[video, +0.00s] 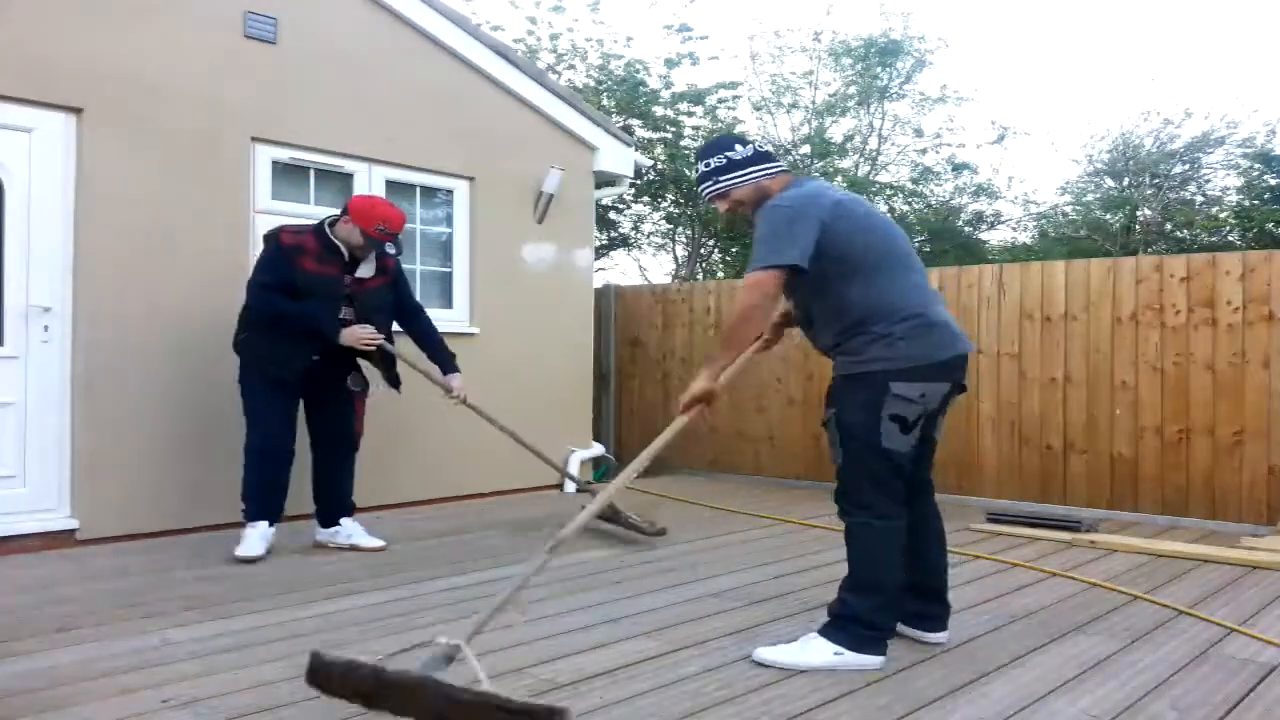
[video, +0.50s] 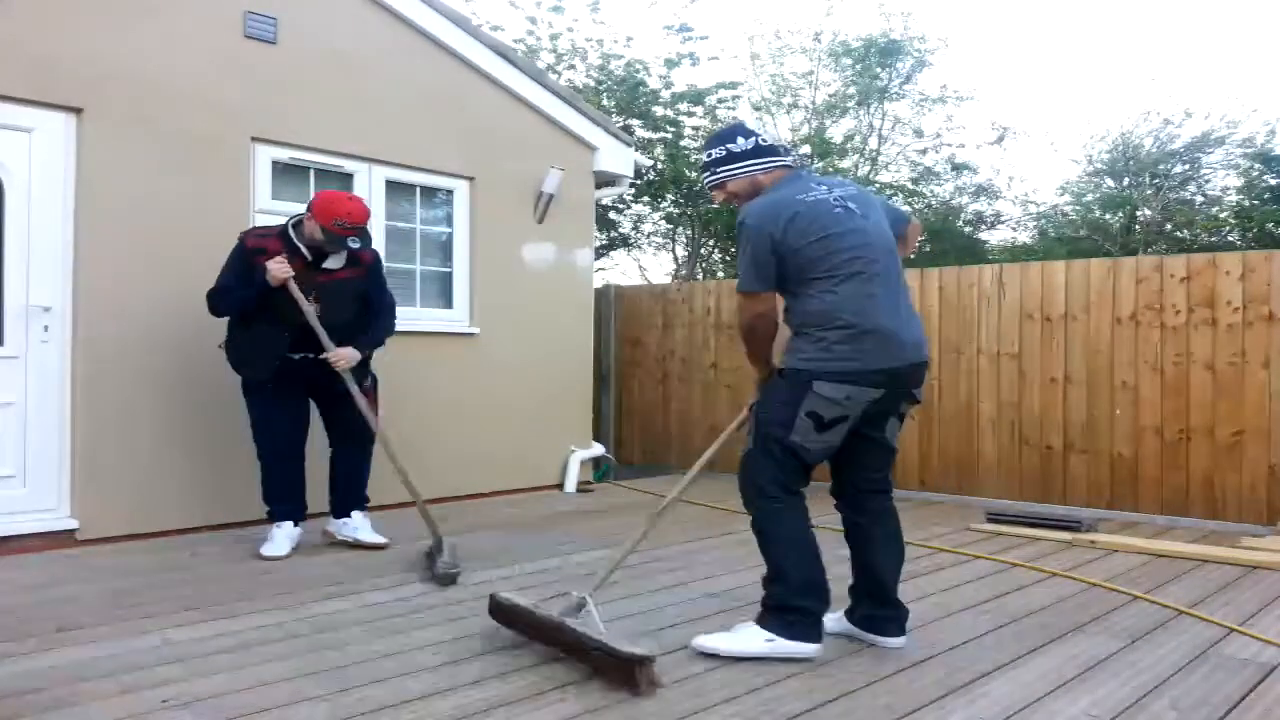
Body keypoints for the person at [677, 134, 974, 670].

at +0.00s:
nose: (723, 209)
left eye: (721, 195)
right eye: (717, 200)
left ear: (743, 177)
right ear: (764, 167)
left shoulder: (789, 206)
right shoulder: (824, 197)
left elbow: (759, 299)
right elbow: (843, 276)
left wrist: (713, 371)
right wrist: (787, 317)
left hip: (886, 361)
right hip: (932, 355)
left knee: (866, 496)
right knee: (910, 491)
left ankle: (857, 636)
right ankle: (924, 613)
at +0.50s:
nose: (722, 198)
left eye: (722, 185)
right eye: (717, 189)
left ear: (751, 169)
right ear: (774, 166)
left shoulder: (762, 216)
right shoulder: (847, 190)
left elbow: (758, 316)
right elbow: (907, 228)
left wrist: (763, 371)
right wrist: (862, 294)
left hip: (833, 361)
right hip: (902, 356)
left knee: (767, 476)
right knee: (864, 483)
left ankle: (791, 623)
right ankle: (878, 616)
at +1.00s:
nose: (613, 219)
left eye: (609, 207)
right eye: (606, 211)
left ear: (630, 189)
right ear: (651, 181)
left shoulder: (660, 224)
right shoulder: (723, 205)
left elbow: (635, 319)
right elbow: (758, 280)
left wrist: (607, 398)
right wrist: (705, 341)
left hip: (765, 360)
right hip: (832, 354)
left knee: (720, 488)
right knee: (825, 485)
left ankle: (704, 620)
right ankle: (861, 614)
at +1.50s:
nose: (617, 207)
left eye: (615, 195)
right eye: (612, 197)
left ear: (638, 182)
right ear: (663, 174)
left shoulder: (655, 222)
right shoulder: (744, 200)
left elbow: (648, 317)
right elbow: (800, 256)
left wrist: (664, 375)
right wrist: (764, 317)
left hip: (726, 360)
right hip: (794, 355)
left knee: (700, 486)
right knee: (765, 476)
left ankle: (704, 617)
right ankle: (769, 592)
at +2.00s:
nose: (595, 222)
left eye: (595, 209)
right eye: (591, 213)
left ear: (621, 196)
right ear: (642, 193)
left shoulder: (634, 235)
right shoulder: (717, 214)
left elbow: (619, 323)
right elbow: (765, 276)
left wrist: (620, 390)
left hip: (721, 360)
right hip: (787, 355)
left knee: (683, 477)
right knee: (767, 474)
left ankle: (676, 594)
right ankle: (768, 590)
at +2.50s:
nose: (586, 222)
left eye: (586, 210)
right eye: (582, 213)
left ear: (613, 199)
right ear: (630, 196)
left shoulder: (628, 236)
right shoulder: (697, 218)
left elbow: (588, 311)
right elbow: (695, 300)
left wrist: (554, 381)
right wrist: (635, 342)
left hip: (716, 361)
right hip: (781, 352)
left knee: (682, 478)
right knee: (789, 466)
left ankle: (677, 594)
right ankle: (827, 573)